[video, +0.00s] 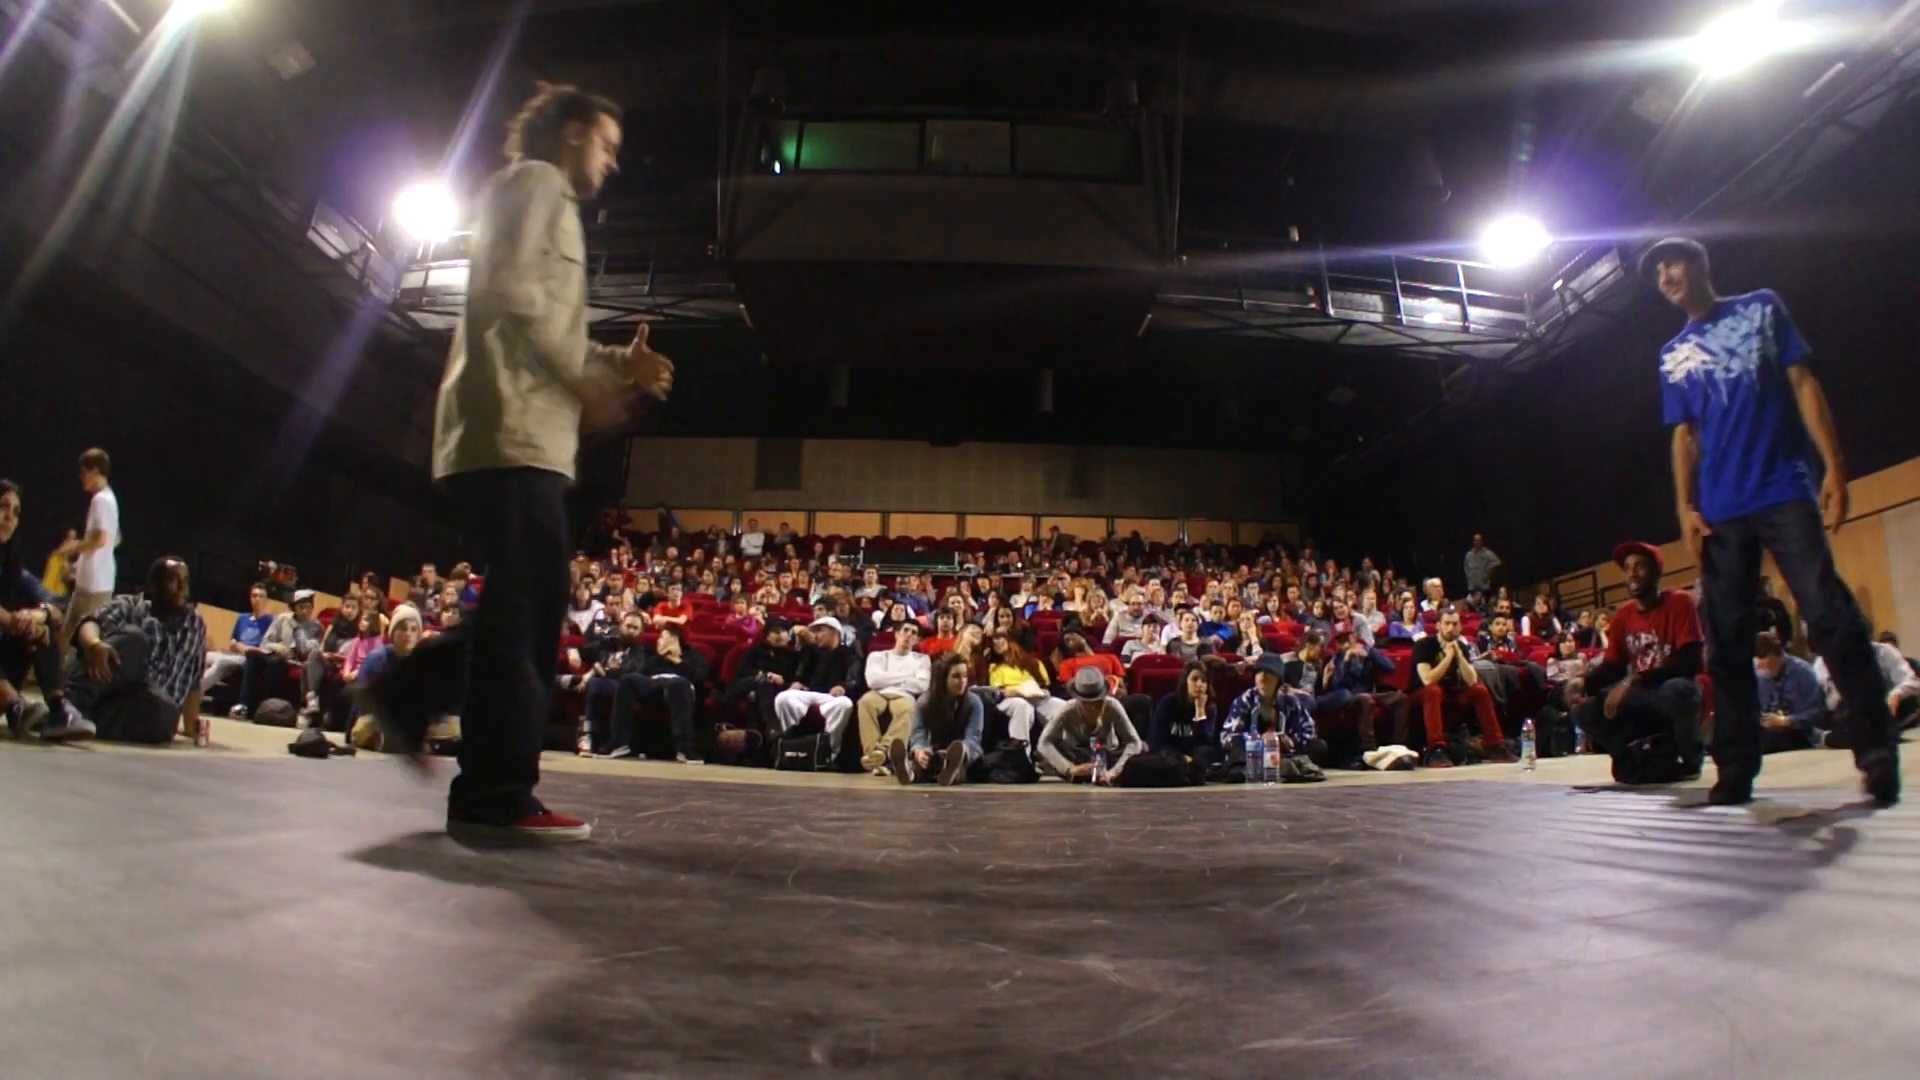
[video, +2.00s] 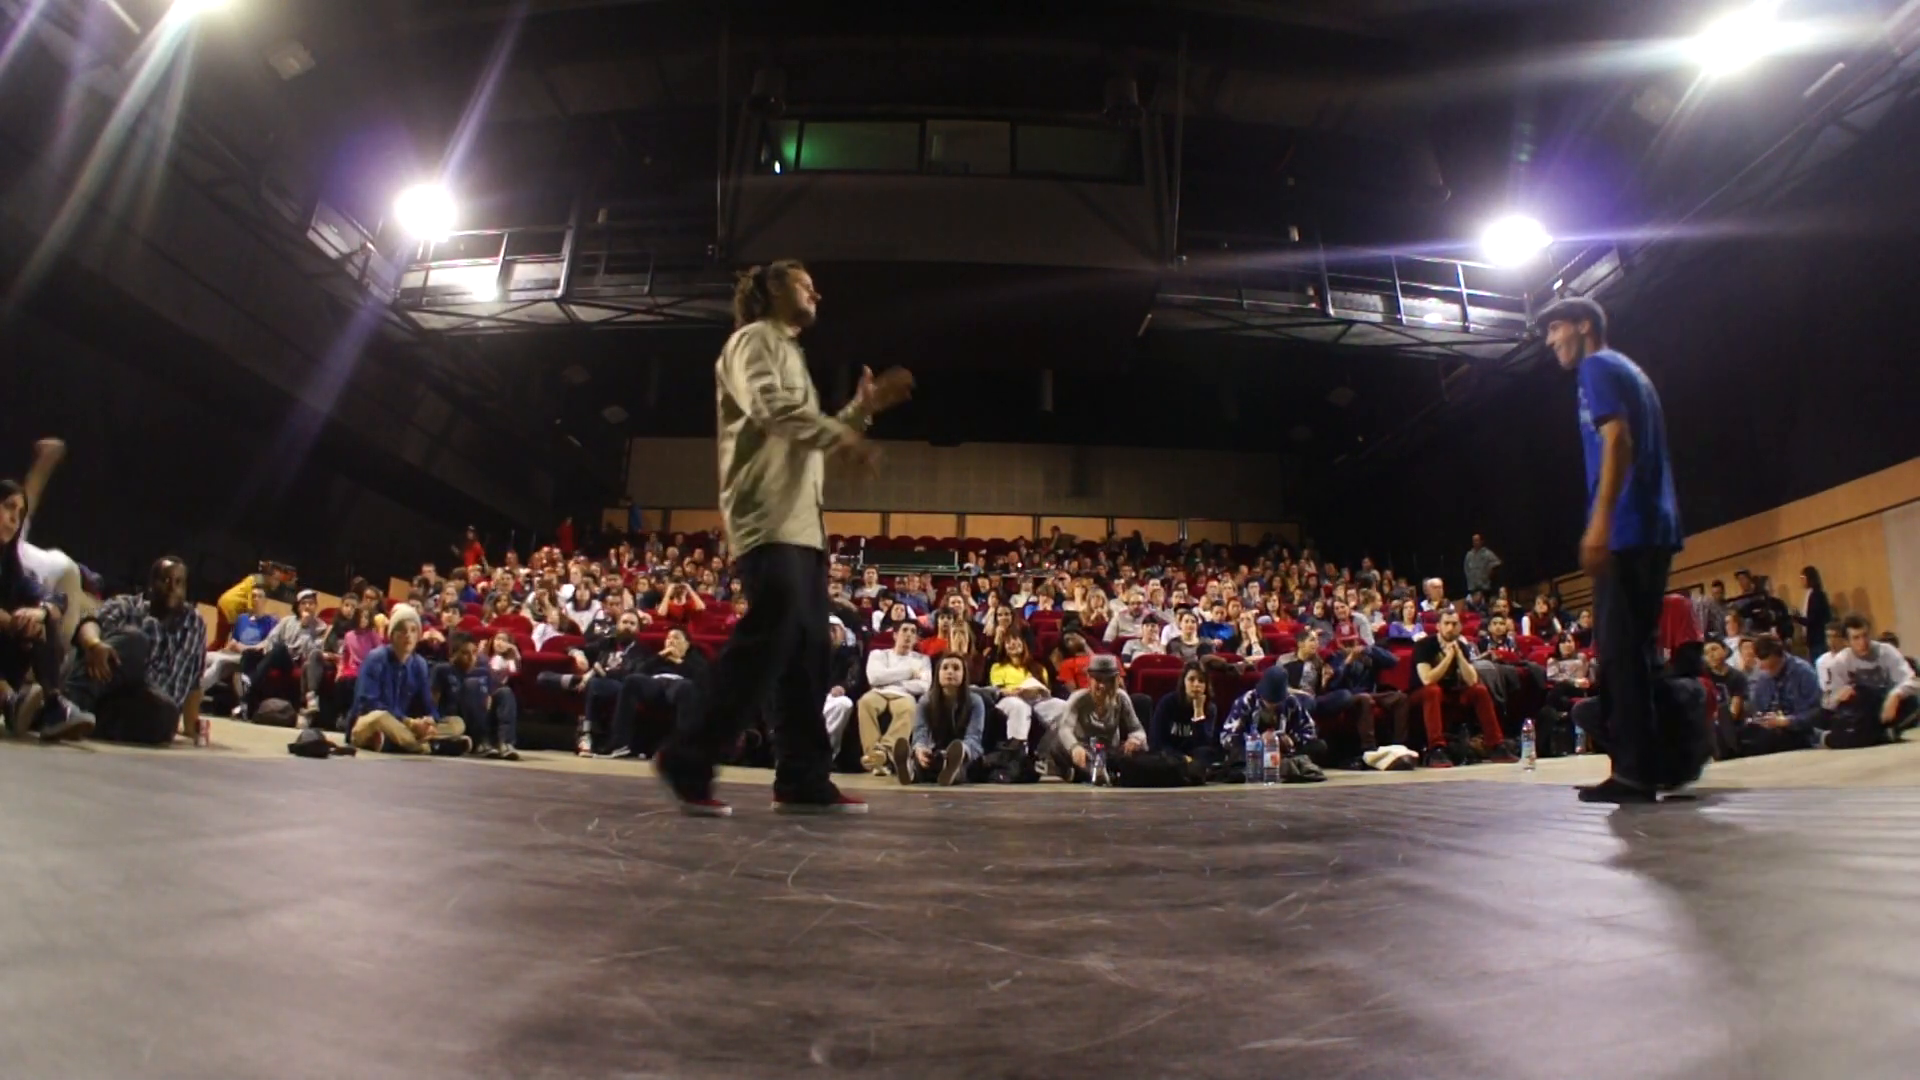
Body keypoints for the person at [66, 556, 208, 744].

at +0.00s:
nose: (178, 589)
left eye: (183, 583)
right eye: (171, 581)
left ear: (187, 587)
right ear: (156, 583)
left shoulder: (194, 624)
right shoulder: (130, 605)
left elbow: (194, 682)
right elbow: (89, 624)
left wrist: (191, 730)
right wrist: (93, 644)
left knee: (161, 720)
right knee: (133, 638)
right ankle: (71, 707)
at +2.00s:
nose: (171, 588)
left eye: (178, 583)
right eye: (164, 580)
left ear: (185, 589)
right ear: (152, 583)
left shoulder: (194, 624)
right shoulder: (127, 605)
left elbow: (194, 684)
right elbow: (89, 624)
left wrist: (191, 731)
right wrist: (93, 644)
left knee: (161, 719)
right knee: (134, 640)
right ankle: (69, 704)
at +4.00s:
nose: (178, 586)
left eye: (182, 580)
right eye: (171, 579)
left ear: (186, 584)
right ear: (151, 582)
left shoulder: (192, 626)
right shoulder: (123, 601)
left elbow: (191, 685)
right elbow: (77, 617)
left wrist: (190, 729)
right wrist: (77, 635)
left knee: (162, 717)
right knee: (116, 624)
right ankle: (62, 708)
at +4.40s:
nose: (179, 586)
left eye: (183, 580)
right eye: (171, 578)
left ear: (187, 584)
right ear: (152, 580)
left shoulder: (192, 624)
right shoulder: (124, 602)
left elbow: (191, 684)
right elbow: (79, 615)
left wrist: (191, 730)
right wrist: (77, 634)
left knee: (159, 722)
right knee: (116, 623)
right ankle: (68, 707)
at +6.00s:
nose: (176, 588)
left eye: (181, 581)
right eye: (169, 580)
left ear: (184, 586)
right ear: (151, 580)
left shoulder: (191, 623)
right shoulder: (122, 602)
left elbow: (190, 684)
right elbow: (79, 616)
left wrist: (191, 730)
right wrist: (76, 634)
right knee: (117, 624)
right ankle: (71, 710)